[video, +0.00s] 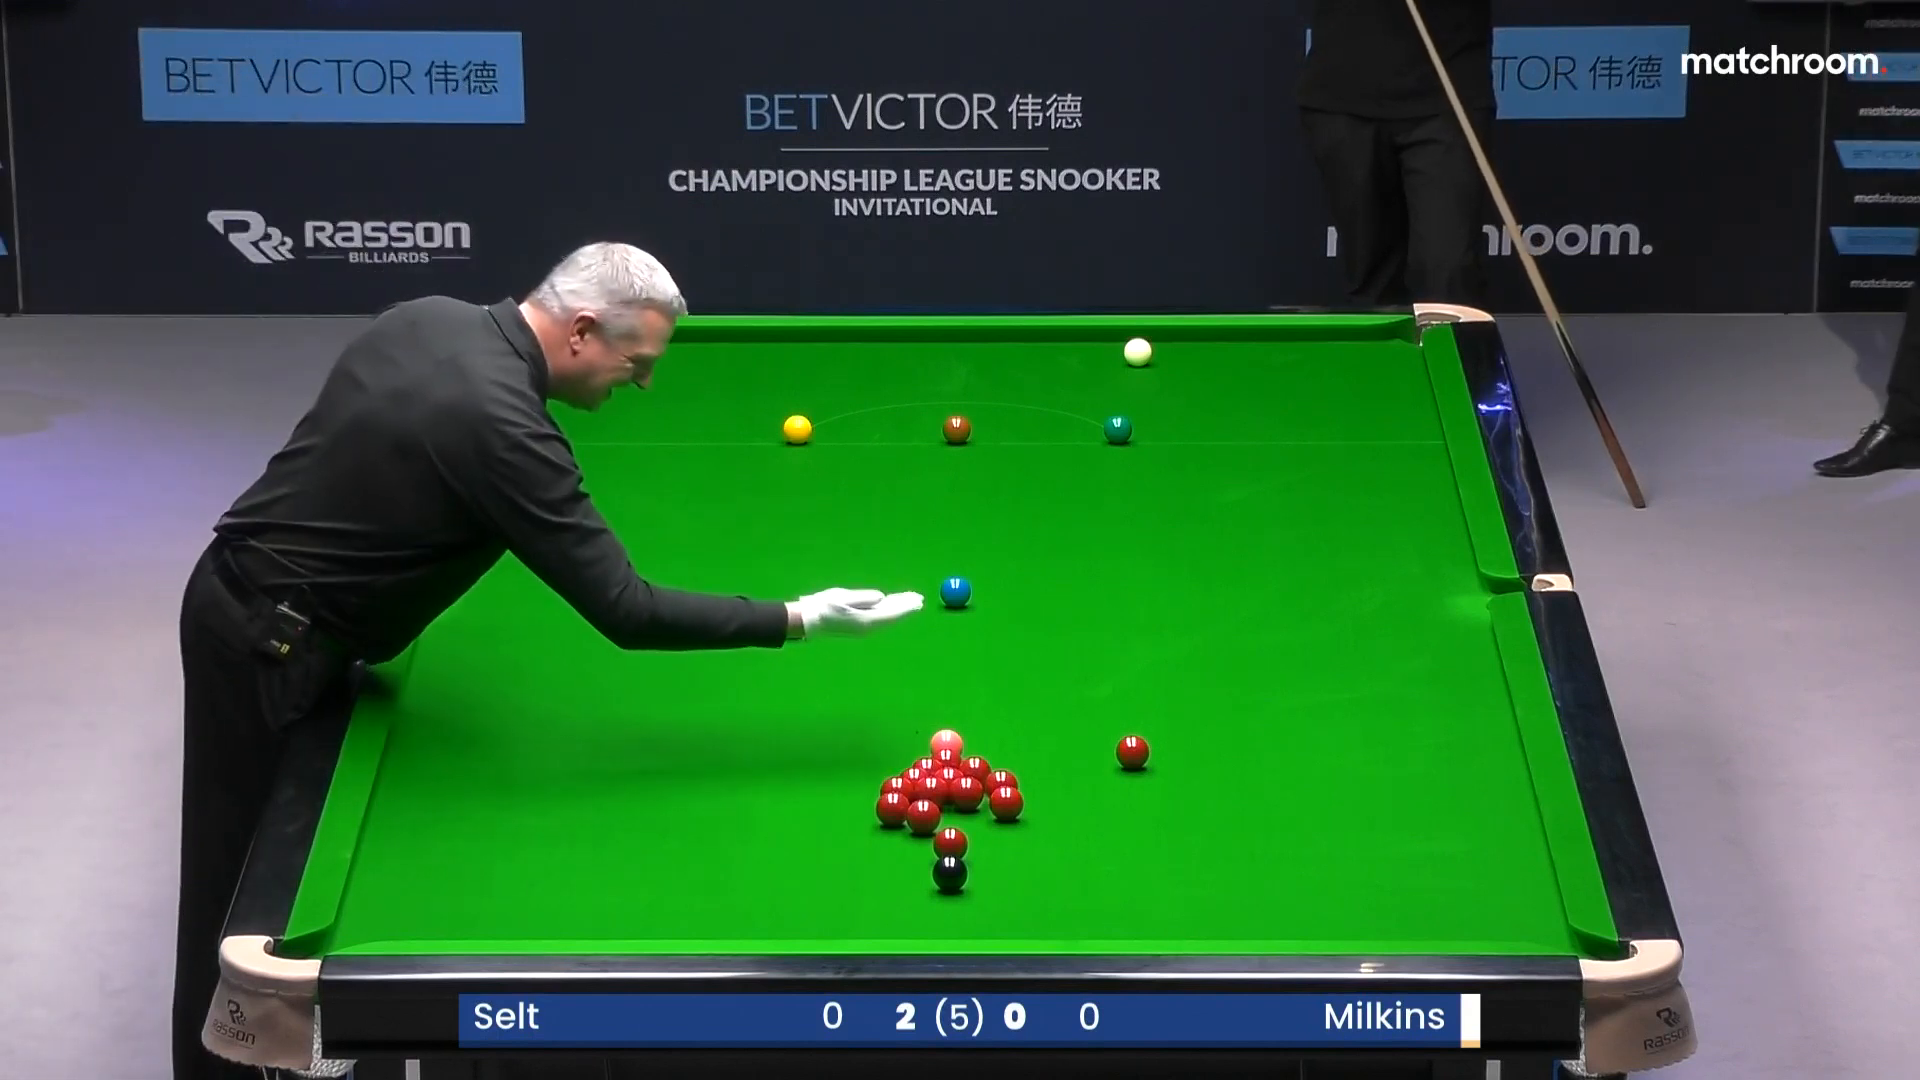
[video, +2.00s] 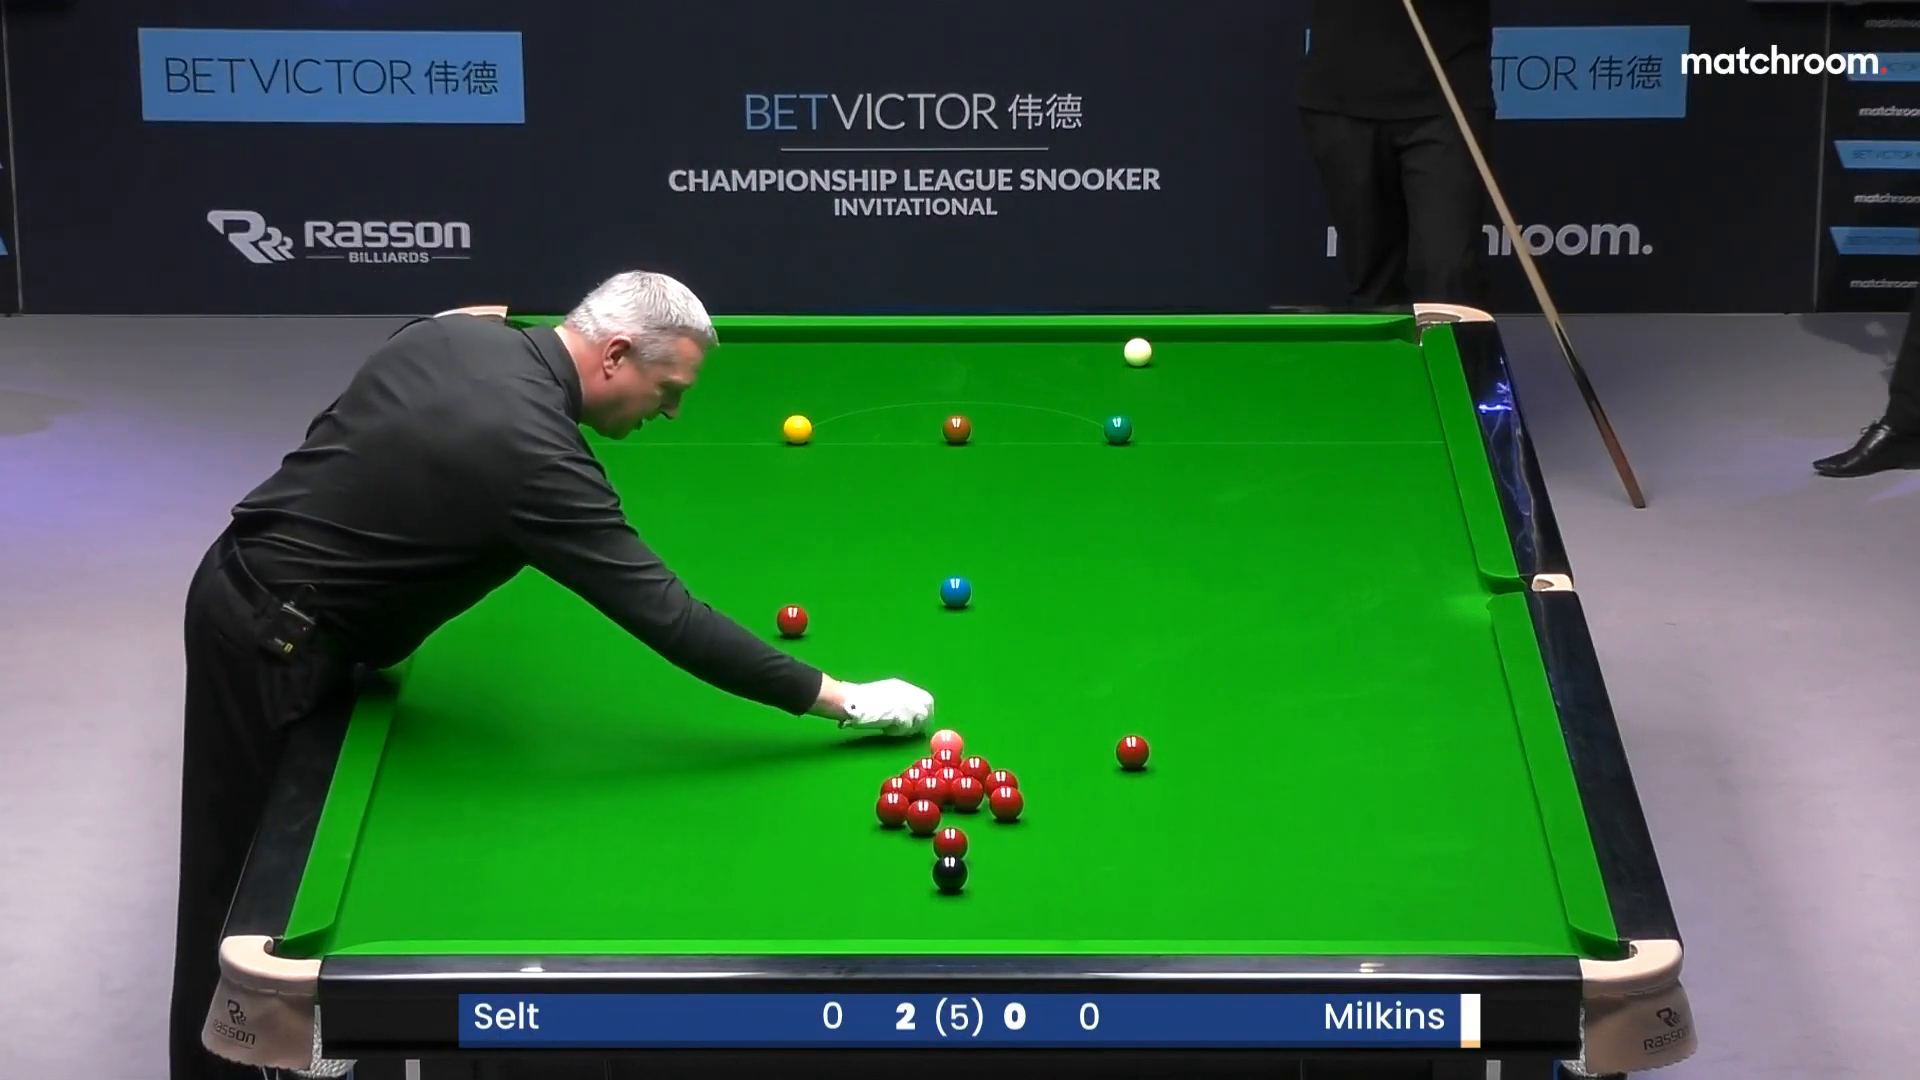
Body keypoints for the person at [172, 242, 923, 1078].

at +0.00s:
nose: (637, 383)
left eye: (646, 367)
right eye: (636, 363)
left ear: (565, 316)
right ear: (577, 328)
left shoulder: (427, 319)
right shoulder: (506, 428)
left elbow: (333, 451)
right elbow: (626, 607)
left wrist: (350, 607)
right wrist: (794, 616)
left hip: (236, 591)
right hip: (275, 635)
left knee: (244, 865)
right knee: (242, 881)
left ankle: (232, 1050)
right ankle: (215, 1059)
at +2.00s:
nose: (665, 411)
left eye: (675, 397)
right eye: (666, 391)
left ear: (595, 339)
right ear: (612, 355)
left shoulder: (454, 331)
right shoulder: (542, 454)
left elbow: (336, 438)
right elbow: (670, 616)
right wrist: (838, 693)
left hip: (243, 585)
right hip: (282, 636)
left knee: (241, 868)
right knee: (252, 883)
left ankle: (227, 1046)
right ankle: (218, 1054)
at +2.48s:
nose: (652, 389)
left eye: (660, 373)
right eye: (650, 368)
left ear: (579, 318)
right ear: (592, 331)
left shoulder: (438, 323)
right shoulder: (516, 430)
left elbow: (324, 448)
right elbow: (573, 651)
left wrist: (365, 610)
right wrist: (734, 660)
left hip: (241, 590)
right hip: (279, 636)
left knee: (236, 880)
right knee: (250, 894)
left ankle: (215, 1054)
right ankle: (215, 1060)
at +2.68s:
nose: (587, 356)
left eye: (600, 340)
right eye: (599, 338)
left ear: (521, 272)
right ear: (570, 307)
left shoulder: (391, 306)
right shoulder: (472, 410)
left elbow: (298, 445)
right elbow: (447, 612)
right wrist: (593, 630)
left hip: (225, 598)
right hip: (270, 638)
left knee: (236, 869)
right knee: (248, 883)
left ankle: (217, 1050)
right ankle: (214, 1057)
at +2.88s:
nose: (526, 307)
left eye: (533, 291)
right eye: (534, 292)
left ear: (452, 228)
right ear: (514, 282)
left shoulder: (329, 286)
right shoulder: (406, 369)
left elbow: (264, 448)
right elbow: (337, 556)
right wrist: (463, 596)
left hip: (207, 603)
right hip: (258, 635)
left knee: (225, 856)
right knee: (246, 867)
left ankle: (212, 1051)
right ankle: (217, 1059)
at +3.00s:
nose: (486, 298)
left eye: (497, 282)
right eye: (495, 280)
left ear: (411, 220)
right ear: (472, 263)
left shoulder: (298, 281)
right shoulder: (371, 349)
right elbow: (304, 540)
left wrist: (440, 317)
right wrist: (417, 584)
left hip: (194, 608)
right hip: (245, 634)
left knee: (217, 856)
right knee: (242, 866)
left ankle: (208, 1052)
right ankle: (215, 1060)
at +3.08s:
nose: (460, 296)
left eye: (473, 279)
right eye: (470, 277)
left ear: (391, 221)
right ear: (441, 250)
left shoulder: (280, 278)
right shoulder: (347, 343)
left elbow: (268, 430)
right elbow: (291, 535)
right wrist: (402, 580)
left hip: (183, 608)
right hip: (231, 633)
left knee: (212, 854)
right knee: (234, 865)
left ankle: (207, 1053)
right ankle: (212, 1061)